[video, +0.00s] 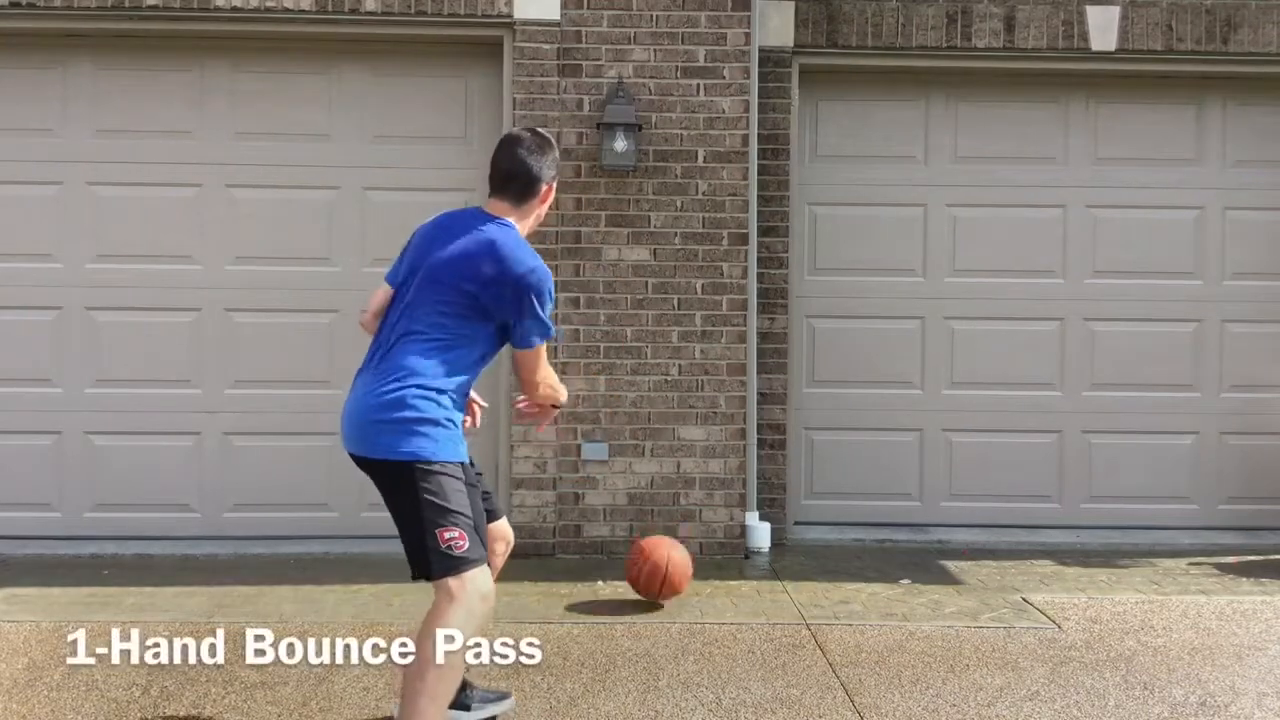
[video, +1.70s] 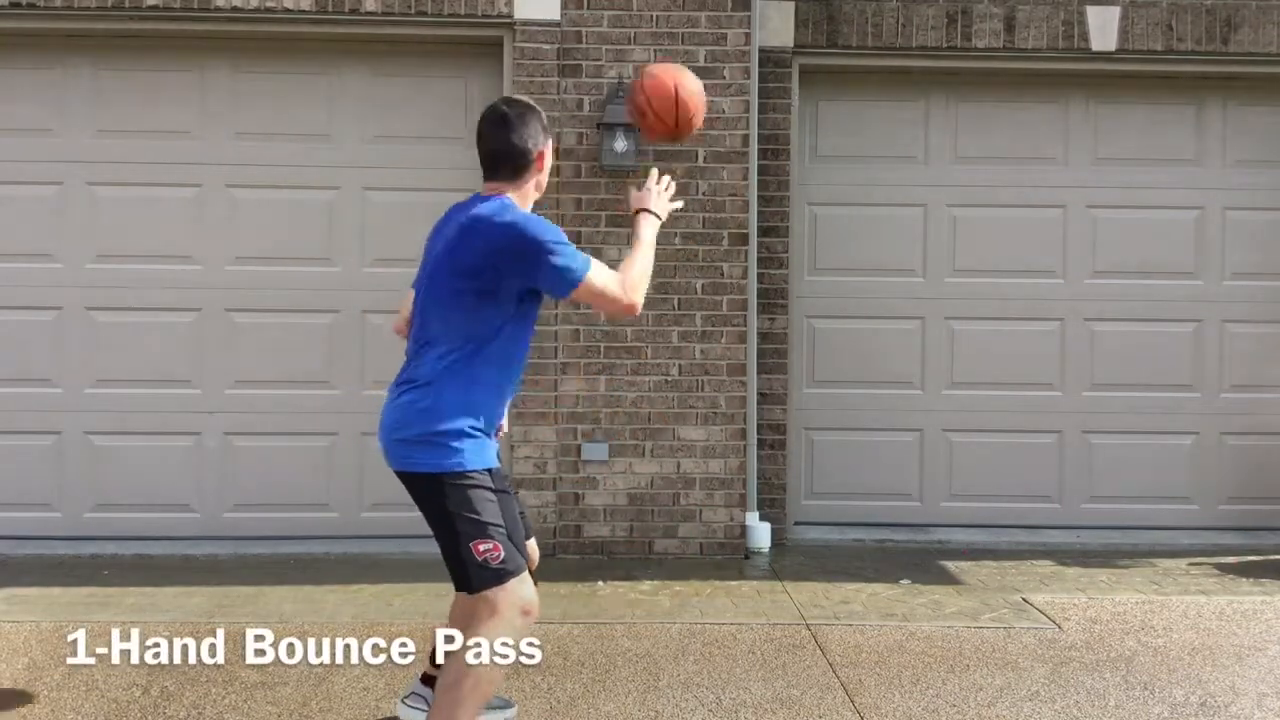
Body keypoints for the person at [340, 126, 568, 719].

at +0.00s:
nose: (554, 198)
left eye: (552, 188)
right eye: (555, 189)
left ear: (490, 180)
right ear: (546, 195)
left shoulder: (438, 228)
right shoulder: (524, 267)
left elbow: (375, 315)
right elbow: (534, 379)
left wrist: (446, 385)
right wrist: (556, 396)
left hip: (378, 414)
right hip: (416, 424)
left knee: (496, 539)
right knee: (466, 587)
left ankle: (439, 682)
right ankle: (414, 711)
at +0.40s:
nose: (547, 177)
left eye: (543, 168)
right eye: (546, 169)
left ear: (479, 172)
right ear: (538, 178)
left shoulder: (439, 229)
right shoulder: (523, 249)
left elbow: (377, 328)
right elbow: (575, 360)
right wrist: (613, 330)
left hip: (383, 420)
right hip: (424, 426)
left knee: (501, 542)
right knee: (485, 594)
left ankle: (431, 691)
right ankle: (439, 711)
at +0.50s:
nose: (544, 166)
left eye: (541, 156)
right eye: (543, 157)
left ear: (477, 160)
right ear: (533, 165)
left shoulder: (440, 220)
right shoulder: (522, 235)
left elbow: (383, 319)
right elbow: (614, 313)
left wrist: (449, 406)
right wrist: (659, 256)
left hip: (387, 416)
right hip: (425, 425)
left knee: (494, 542)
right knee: (483, 593)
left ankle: (431, 693)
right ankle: (436, 712)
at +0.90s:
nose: (573, 192)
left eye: (571, 181)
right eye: (574, 181)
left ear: (509, 173)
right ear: (566, 187)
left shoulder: (484, 230)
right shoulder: (499, 245)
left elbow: (404, 283)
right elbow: (576, 345)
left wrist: (405, 363)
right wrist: (648, 278)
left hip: (440, 425)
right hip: (418, 426)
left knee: (513, 551)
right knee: (475, 591)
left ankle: (430, 689)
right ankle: (432, 710)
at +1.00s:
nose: (581, 209)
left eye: (583, 197)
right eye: (582, 198)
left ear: (516, 187)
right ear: (570, 206)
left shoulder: (482, 233)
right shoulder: (515, 275)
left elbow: (405, 288)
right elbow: (551, 403)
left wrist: (421, 361)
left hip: (439, 430)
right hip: (422, 436)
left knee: (520, 552)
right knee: (480, 594)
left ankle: (431, 688)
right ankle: (433, 711)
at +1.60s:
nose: (564, 182)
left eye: (562, 172)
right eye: (563, 173)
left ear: (496, 174)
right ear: (556, 182)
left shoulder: (461, 231)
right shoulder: (524, 253)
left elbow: (405, 329)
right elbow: (582, 367)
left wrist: (471, 390)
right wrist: (622, 317)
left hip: (432, 430)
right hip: (441, 440)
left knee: (525, 554)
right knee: (507, 606)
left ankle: (437, 686)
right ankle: (453, 711)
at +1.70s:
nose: (552, 159)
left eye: (547, 150)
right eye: (552, 150)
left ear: (485, 158)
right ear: (543, 160)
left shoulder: (459, 220)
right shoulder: (521, 231)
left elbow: (408, 321)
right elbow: (626, 297)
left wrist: (483, 395)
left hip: (447, 428)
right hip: (444, 436)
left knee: (521, 555)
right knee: (510, 606)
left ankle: (437, 686)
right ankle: (450, 712)